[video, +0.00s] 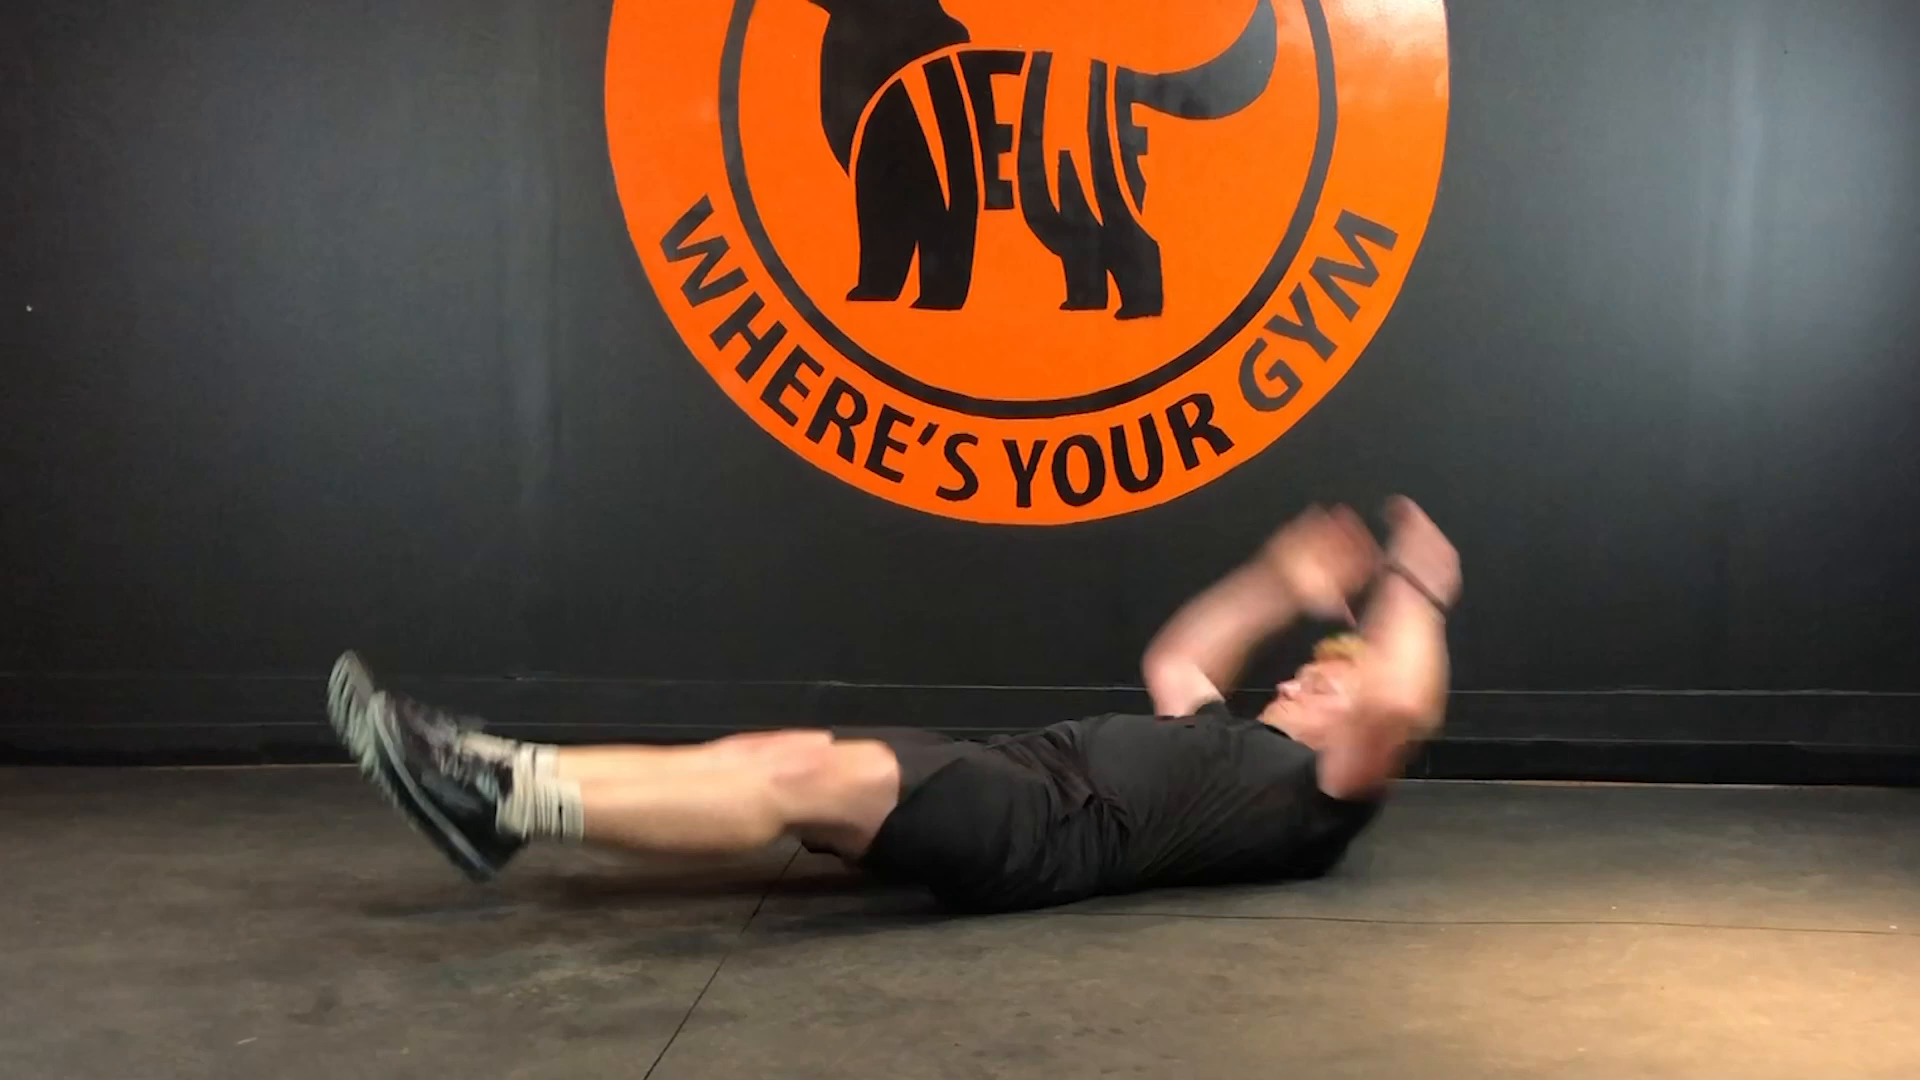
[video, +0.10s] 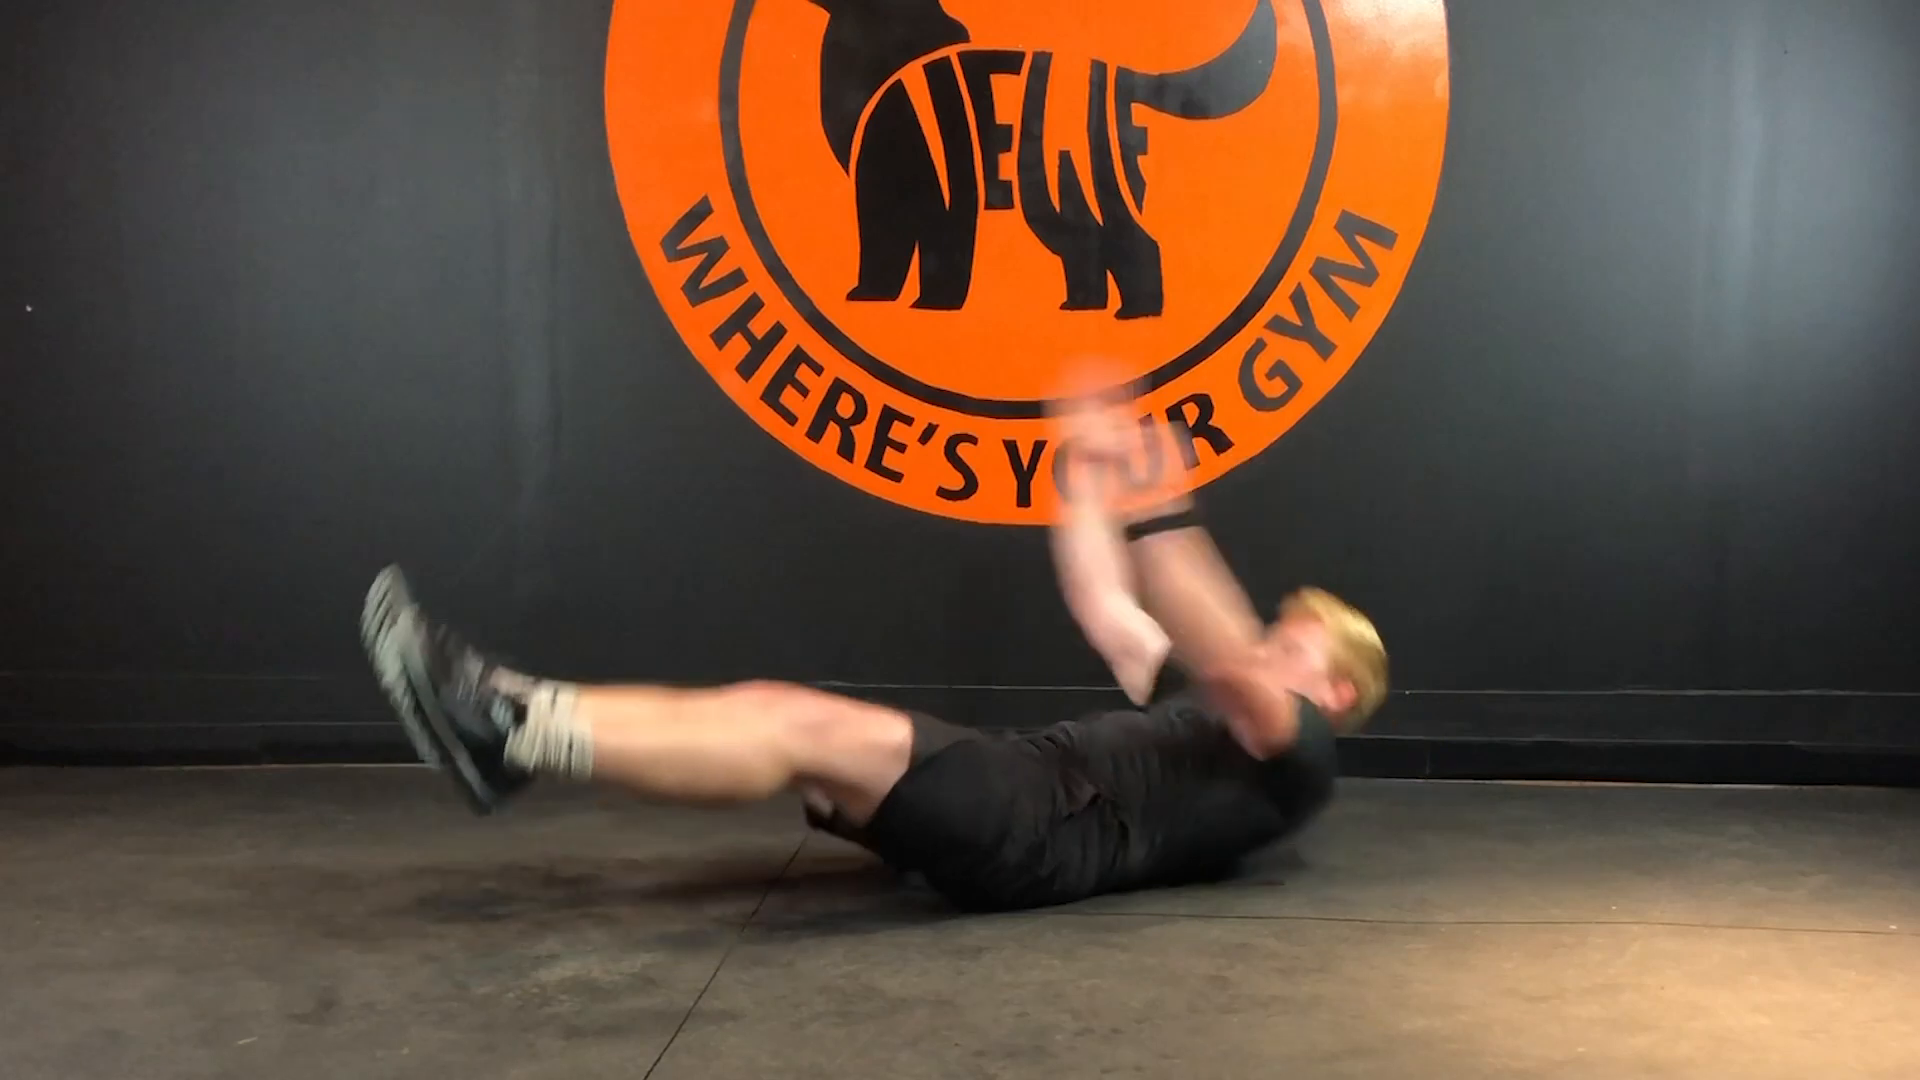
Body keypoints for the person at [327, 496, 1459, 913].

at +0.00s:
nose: (1327, 679)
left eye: (1350, 683)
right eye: (1326, 668)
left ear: (1367, 734)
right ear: (1295, 696)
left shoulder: (1307, 791)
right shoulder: (1221, 744)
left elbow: (1402, 696)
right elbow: (1183, 655)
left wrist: (1419, 589)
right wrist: (1288, 573)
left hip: (1053, 817)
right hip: (999, 771)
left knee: (812, 777)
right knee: (767, 754)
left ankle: (515, 806)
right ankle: (485, 780)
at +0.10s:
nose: (1282, 630)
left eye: (1308, 636)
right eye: (1287, 619)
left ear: (1337, 696)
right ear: (1275, 644)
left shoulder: (1297, 754)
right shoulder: (1201, 707)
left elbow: (1231, 661)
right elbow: (1108, 607)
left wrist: (1154, 522)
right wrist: (1074, 477)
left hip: (1045, 824)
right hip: (1001, 787)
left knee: (798, 721)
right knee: (772, 706)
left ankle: (518, 731)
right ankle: (507, 721)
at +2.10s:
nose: (1107, 500)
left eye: (1139, 488)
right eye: (1116, 480)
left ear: (1198, 528)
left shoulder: (1199, 613)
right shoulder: (1070, 578)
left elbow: (1073, 539)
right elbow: (948, 517)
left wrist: (933, 423)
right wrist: (855, 413)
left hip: (1019, 830)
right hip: (930, 822)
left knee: (952, 570)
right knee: (903, 559)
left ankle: (711, 443)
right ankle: (692, 444)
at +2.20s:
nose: (1098, 490)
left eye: (1129, 476)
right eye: (1108, 472)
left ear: (1188, 516)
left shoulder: (1192, 598)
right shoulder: (1062, 567)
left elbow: (1058, 527)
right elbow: (932, 508)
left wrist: (916, 411)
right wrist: (828, 406)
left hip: (1028, 829)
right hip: (937, 824)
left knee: (966, 567)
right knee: (908, 562)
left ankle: (737, 437)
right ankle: (716, 440)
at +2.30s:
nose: (1134, 504)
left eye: (1163, 495)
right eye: (1140, 488)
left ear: (1221, 538)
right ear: (1130, 501)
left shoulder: (1215, 623)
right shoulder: (1081, 584)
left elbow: (1098, 547)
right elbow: (954, 530)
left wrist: (987, 410)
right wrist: (874, 414)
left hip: (1034, 830)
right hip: (947, 818)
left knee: (940, 583)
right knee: (879, 585)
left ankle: (683, 472)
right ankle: (642, 488)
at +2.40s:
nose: (1190, 524)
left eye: (1219, 520)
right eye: (1200, 512)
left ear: (1261, 574)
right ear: (1208, 541)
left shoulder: (1247, 670)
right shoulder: (1128, 617)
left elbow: (1190, 576)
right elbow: (1011, 546)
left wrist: (1112, 418)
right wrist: (969, 413)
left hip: (1044, 827)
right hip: (967, 817)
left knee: (887, 612)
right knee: (833, 628)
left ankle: (605, 555)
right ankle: (558, 574)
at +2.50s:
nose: (1223, 585)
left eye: (1253, 580)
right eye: (1236, 573)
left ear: (1302, 630)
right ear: (1233, 605)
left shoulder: (1257, 713)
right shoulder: (1169, 667)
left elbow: (1291, 621)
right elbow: (1076, 582)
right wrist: (1092, 445)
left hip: (1049, 826)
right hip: (986, 803)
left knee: (842, 667)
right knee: (794, 659)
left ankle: (547, 653)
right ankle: (519, 679)